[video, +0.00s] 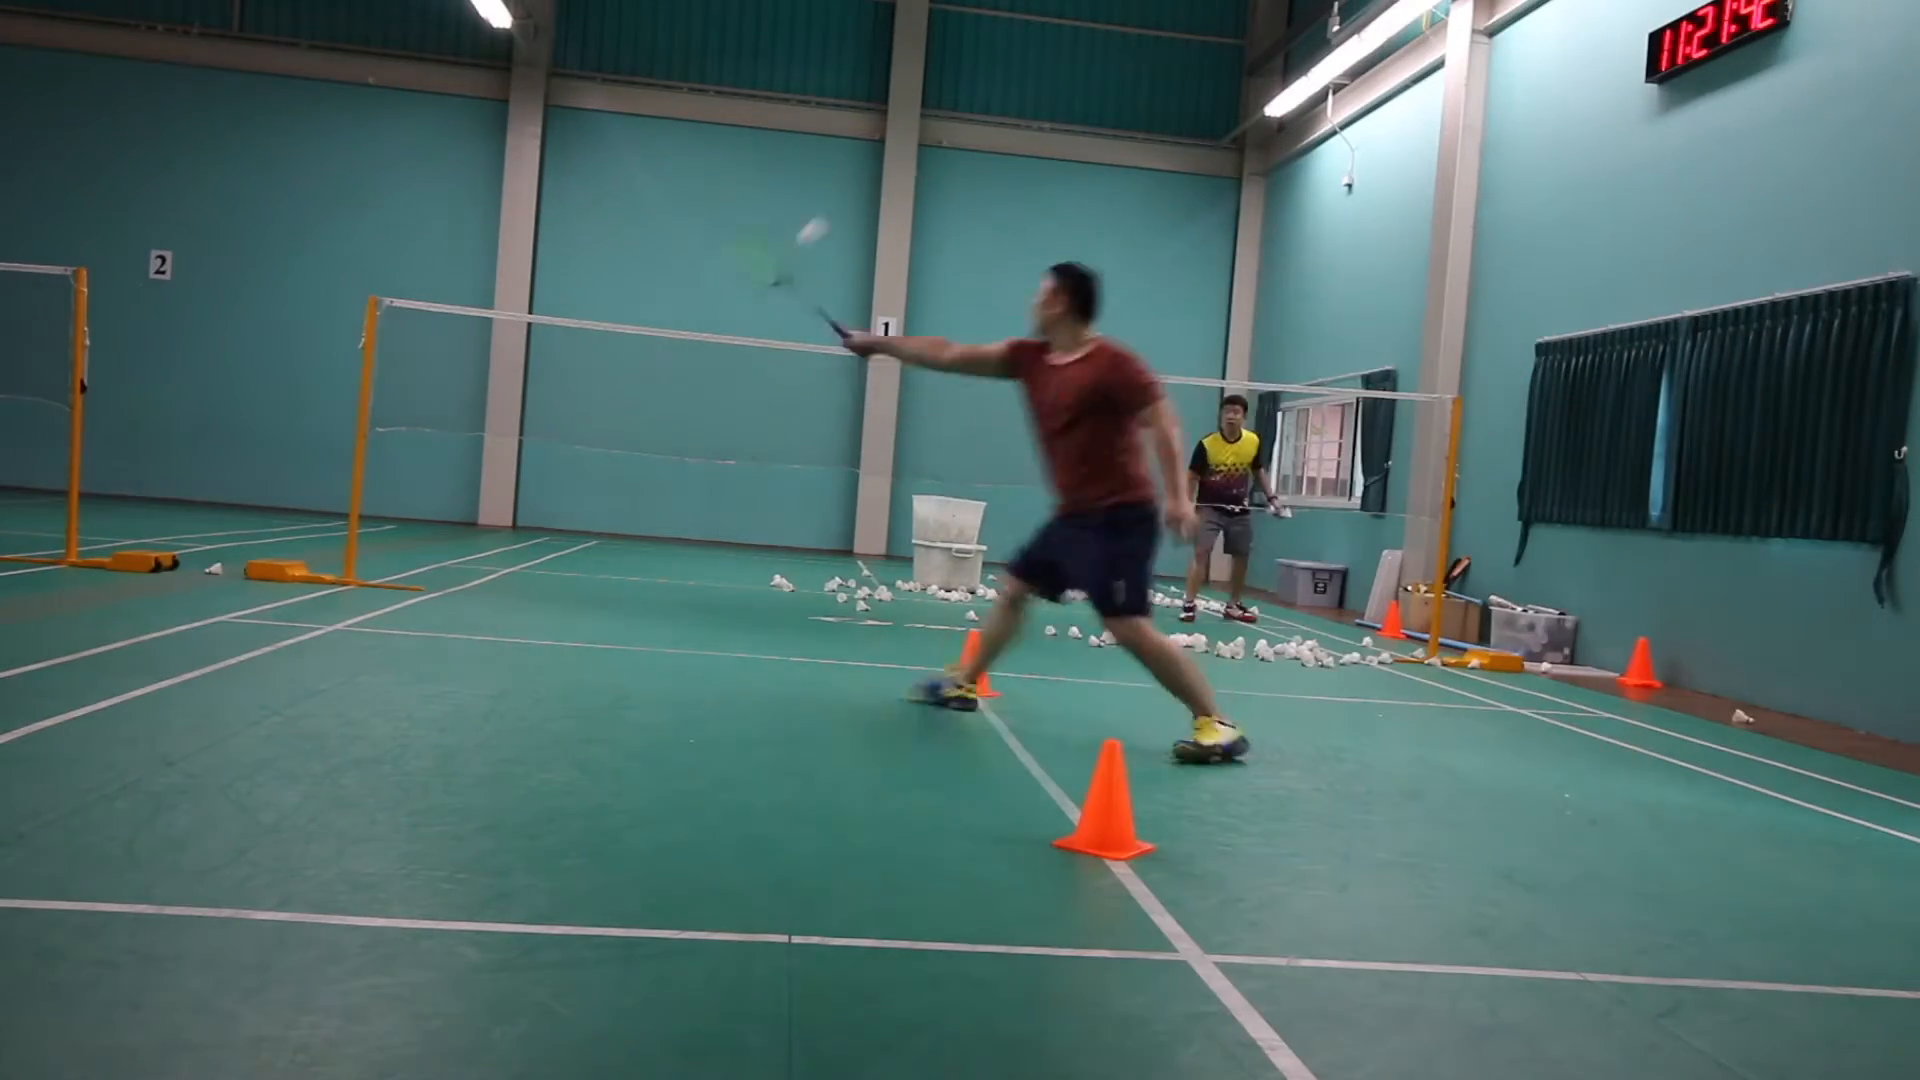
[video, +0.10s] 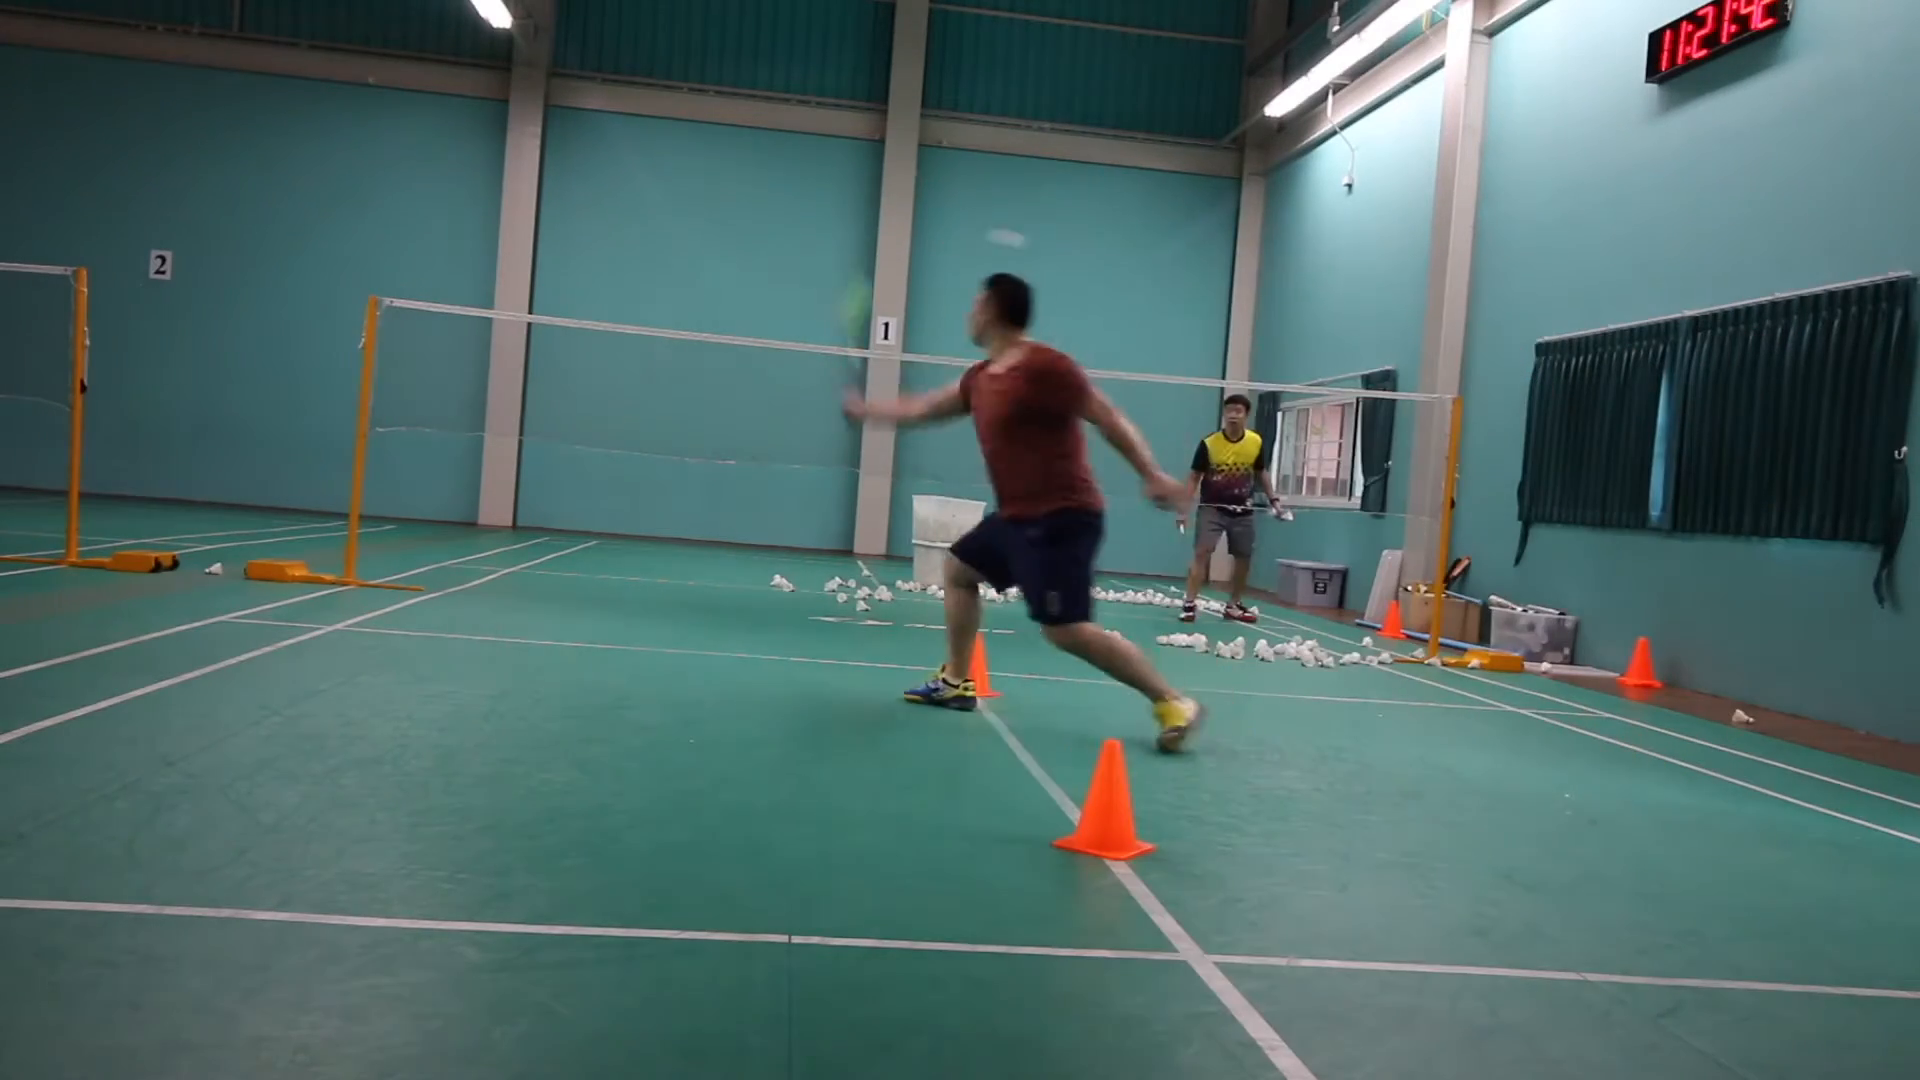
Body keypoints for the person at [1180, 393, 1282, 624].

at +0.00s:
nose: (1231, 417)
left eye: (1236, 413)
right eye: (1227, 412)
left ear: (1244, 417)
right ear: (1221, 416)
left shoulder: (1253, 442)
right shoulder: (1206, 445)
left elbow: (1258, 470)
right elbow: (1192, 478)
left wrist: (1271, 496)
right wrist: (1188, 507)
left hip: (1239, 511)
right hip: (1210, 509)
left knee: (1241, 557)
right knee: (1201, 553)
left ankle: (1234, 604)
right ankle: (1190, 601)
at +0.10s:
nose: (1234, 415)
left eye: (1239, 411)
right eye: (1230, 410)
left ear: (1246, 416)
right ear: (1224, 414)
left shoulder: (1255, 442)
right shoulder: (1208, 444)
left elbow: (1261, 472)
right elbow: (1194, 478)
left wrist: (1273, 498)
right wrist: (1184, 510)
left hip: (1242, 512)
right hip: (1212, 509)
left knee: (1243, 559)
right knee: (1202, 553)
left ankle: (1234, 604)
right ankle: (1190, 601)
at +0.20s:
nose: (1236, 415)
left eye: (1241, 411)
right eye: (1232, 410)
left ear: (1248, 416)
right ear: (1225, 414)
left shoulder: (1258, 442)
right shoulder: (1211, 445)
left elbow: (1263, 472)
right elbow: (1197, 478)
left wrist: (1277, 499)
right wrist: (1189, 511)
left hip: (1245, 511)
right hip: (1216, 509)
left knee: (1245, 558)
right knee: (1207, 550)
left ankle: (1234, 604)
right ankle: (1191, 601)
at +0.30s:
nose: (1242, 416)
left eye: (1246, 412)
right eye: (1238, 411)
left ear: (1252, 416)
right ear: (1230, 415)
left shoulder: (1260, 441)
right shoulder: (1215, 446)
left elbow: (1264, 472)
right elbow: (1202, 479)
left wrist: (1278, 497)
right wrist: (1203, 510)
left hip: (1246, 509)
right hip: (1220, 508)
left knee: (1246, 556)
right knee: (1215, 549)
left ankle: (1235, 604)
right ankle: (1197, 599)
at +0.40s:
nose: (1251, 419)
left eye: (1255, 415)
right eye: (1247, 414)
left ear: (1260, 420)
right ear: (1237, 417)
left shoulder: (1260, 445)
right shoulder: (1224, 443)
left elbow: (1261, 475)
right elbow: (1208, 469)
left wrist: (1275, 499)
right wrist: (1217, 502)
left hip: (1243, 507)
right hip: (1218, 505)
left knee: (1246, 558)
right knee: (1218, 551)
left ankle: (1236, 604)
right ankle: (1208, 605)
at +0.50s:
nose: (1256, 419)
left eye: (1260, 415)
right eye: (1251, 413)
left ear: (1263, 420)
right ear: (1240, 416)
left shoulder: (1257, 447)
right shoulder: (1227, 436)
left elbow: (1254, 476)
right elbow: (1222, 444)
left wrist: (1268, 500)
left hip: (1240, 509)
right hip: (1216, 505)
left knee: (1245, 557)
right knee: (1219, 550)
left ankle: (1236, 604)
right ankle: (1207, 605)